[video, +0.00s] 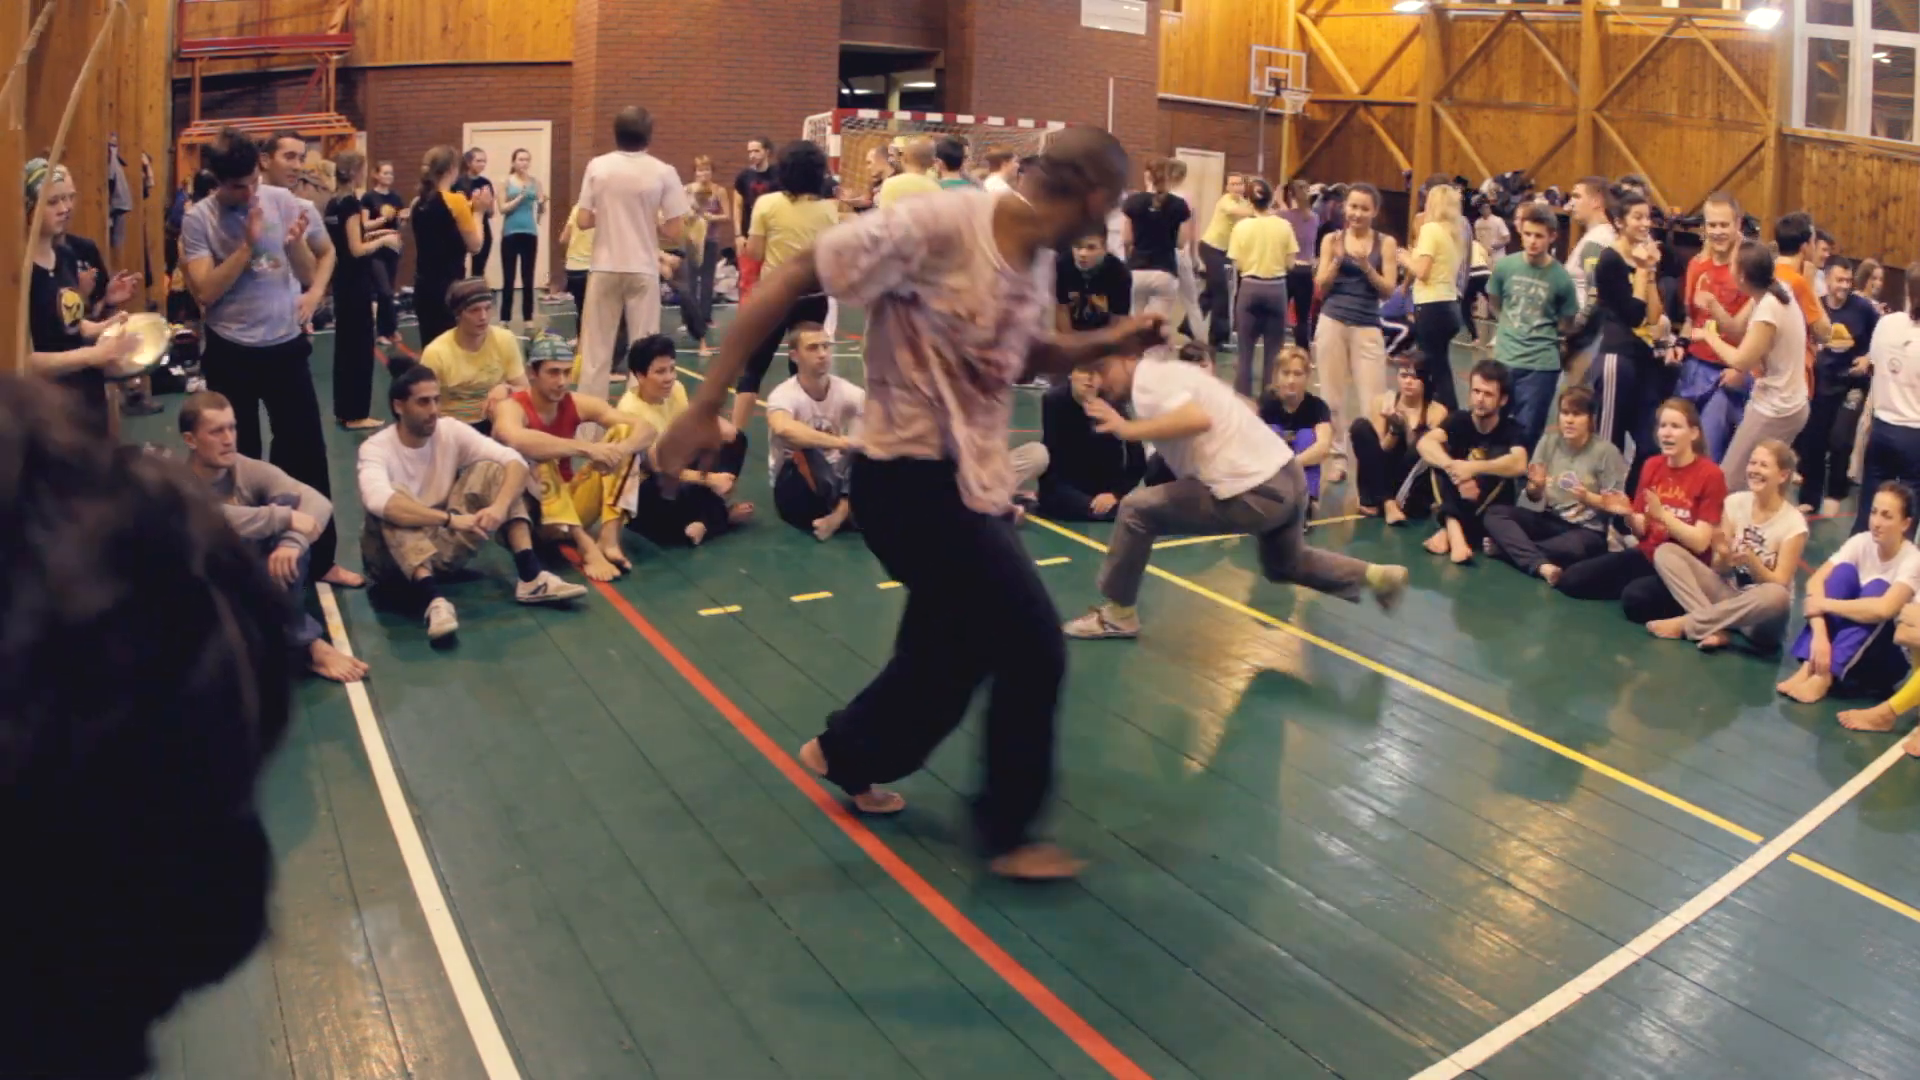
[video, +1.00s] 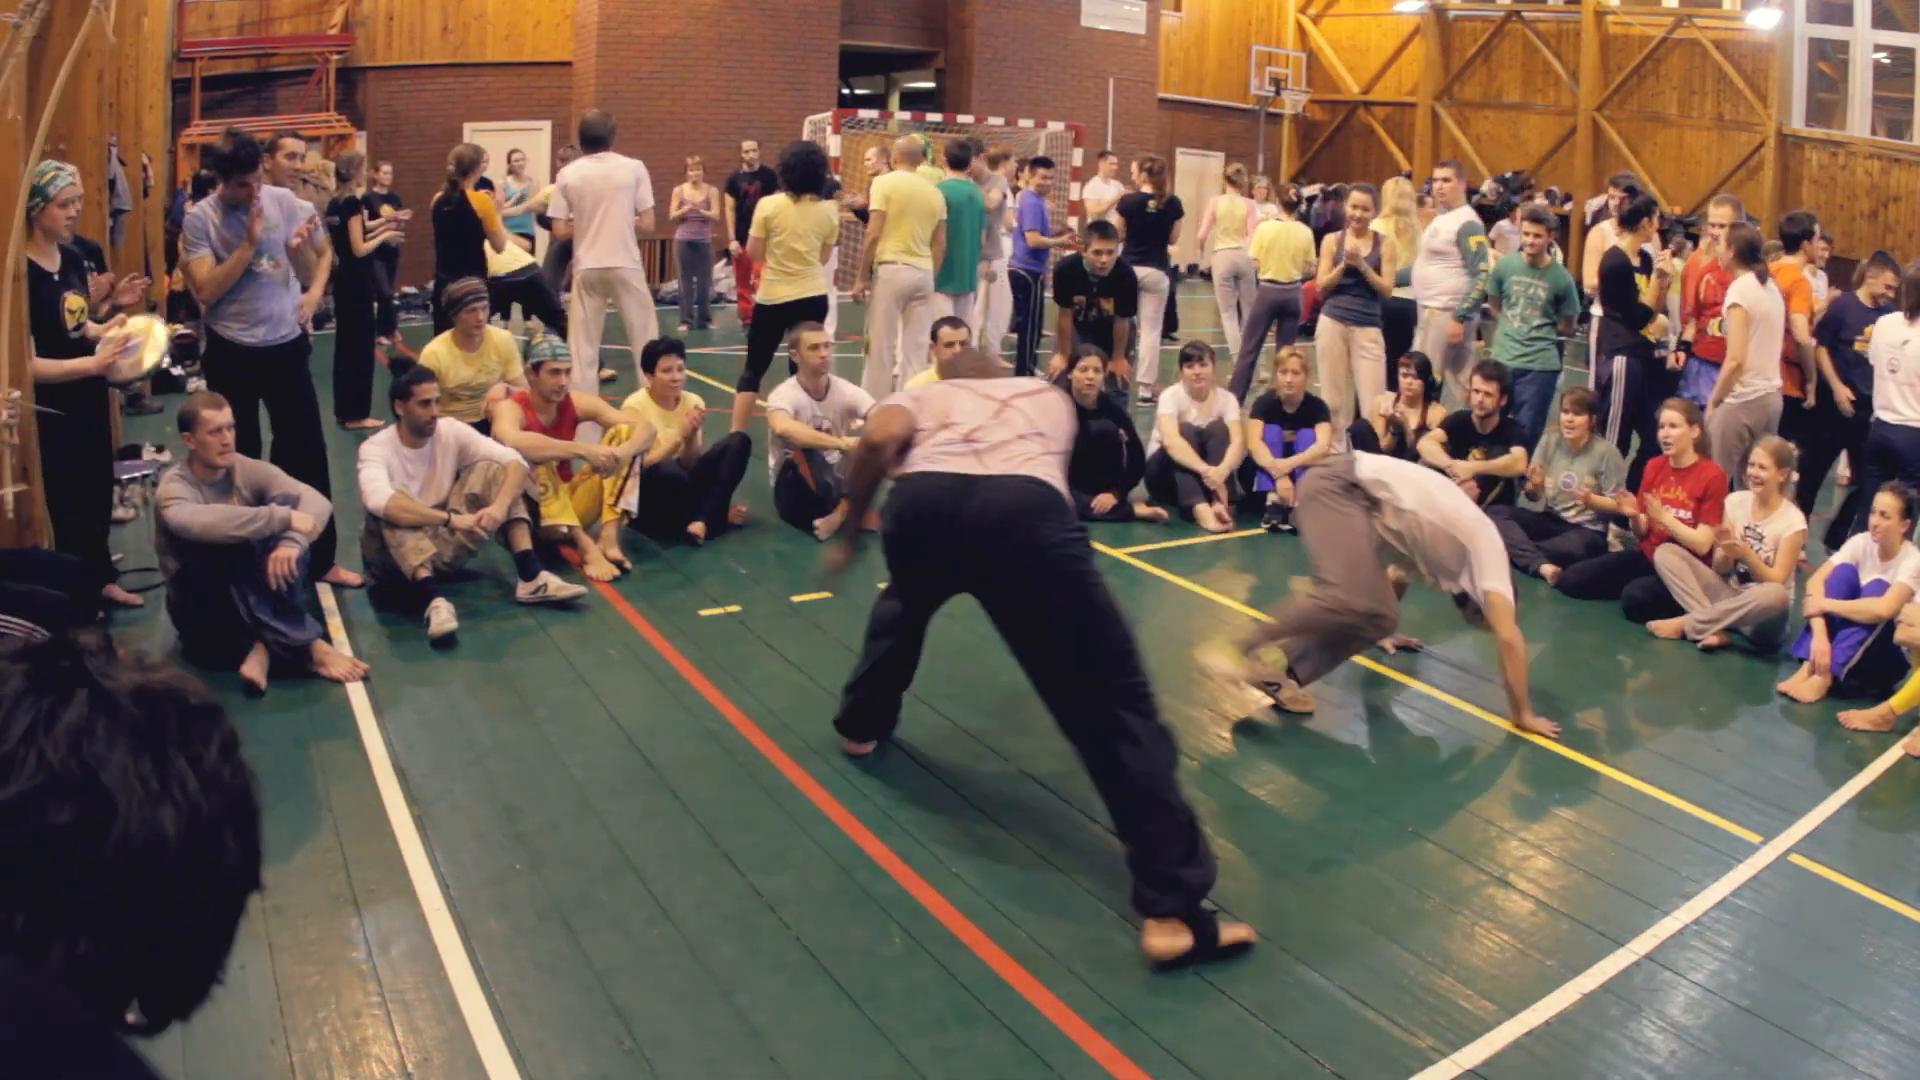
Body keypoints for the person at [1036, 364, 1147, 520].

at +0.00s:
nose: (1090, 378)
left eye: (1096, 372)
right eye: (1083, 370)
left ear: (1104, 378)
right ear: (1070, 374)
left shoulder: (1114, 405)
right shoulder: (1055, 401)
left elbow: (1138, 463)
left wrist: (1116, 494)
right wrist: (1090, 502)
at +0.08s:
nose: (1089, 376)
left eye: (1097, 370)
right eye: (1083, 369)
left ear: (1105, 376)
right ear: (1070, 373)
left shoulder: (1116, 405)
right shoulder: (1056, 400)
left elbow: (1138, 459)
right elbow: (1052, 463)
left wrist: (1116, 494)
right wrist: (1089, 501)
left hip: (1104, 487)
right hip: (1065, 485)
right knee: (1051, 504)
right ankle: (1130, 512)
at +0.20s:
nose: (1090, 376)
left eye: (1096, 371)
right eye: (1083, 369)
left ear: (1103, 376)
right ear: (1070, 374)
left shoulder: (1113, 408)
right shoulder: (1054, 402)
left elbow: (1136, 460)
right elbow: (1051, 455)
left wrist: (1116, 494)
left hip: (1103, 482)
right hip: (1066, 481)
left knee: (1106, 429)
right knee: (1052, 503)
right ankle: (1130, 512)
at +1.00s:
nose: (1090, 376)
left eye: (1096, 371)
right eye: (1083, 370)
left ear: (1103, 376)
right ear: (1070, 375)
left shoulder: (1112, 409)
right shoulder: (1059, 407)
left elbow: (1138, 462)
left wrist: (1115, 493)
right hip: (1072, 484)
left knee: (1105, 430)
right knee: (1066, 505)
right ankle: (1130, 512)